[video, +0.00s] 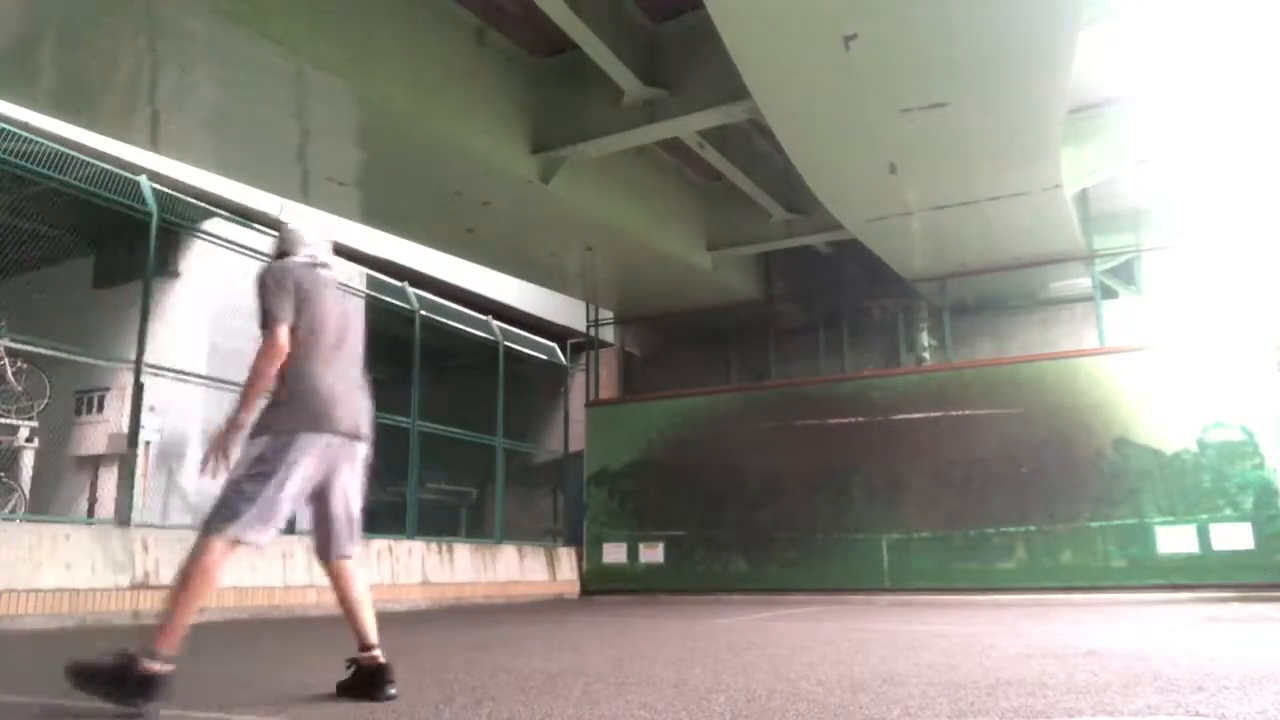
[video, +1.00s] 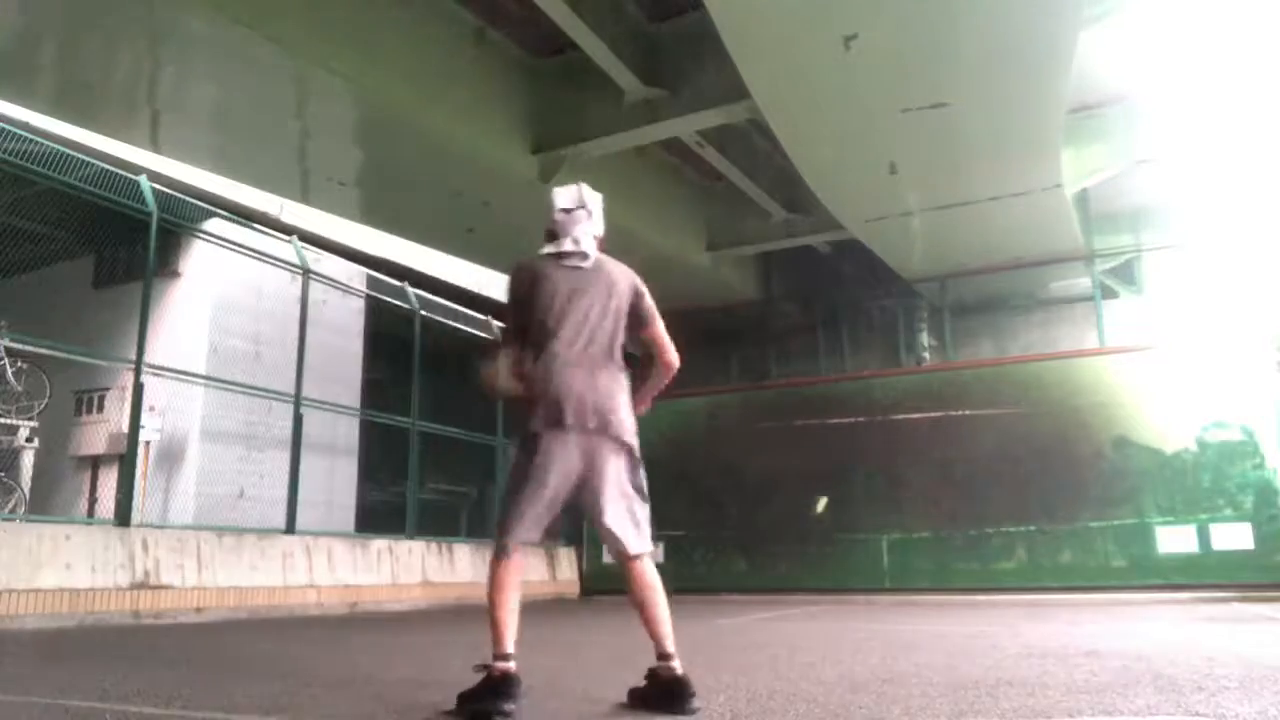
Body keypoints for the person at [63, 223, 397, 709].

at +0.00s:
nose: (273, 252)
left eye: (276, 245)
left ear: (283, 249)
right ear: (323, 254)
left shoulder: (282, 273)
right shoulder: (349, 295)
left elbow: (276, 347)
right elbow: (342, 367)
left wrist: (234, 426)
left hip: (302, 424)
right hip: (355, 431)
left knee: (220, 536)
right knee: (339, 552)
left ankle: (154, 662)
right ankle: (373, 663)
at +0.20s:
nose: (345, 224)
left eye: (345, 217)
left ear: (345, 221)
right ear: (390, 226)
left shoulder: (329, 251)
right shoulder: (414, 269)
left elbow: (277, 298)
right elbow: (475, 316)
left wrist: (203, 342)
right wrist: (535, 340)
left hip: (341, 397)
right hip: (400, 404)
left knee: (311, 519)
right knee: (383, 537)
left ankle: (335, 639)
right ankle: (382, 661)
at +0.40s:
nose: (399, 217)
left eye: (399, 210)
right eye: (411, 208)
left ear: (396, 216)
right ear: (439, 218)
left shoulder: (376, 260)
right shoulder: (470, 257)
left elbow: (311, 281)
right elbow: (545, 229)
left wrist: (243, 297)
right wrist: (613, 190)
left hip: (405, 408)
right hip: (456, 413)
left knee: (418, 528)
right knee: (419, 533)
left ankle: (475, 656)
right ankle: (385, 662)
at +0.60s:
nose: (462, 223)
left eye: (450, 214)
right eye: (479, 214)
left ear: (441, 220)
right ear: (488, 219)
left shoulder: (425, 270)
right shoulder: (515, 257)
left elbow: (381, 331)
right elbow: (603, 249)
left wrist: (345, 387)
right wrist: (662, 198)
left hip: (462, 413)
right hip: (520, 414)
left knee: (466, 542)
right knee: (480, 542)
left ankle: (492, 668)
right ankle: (435, 647)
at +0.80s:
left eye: (511, 197)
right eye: (539, 199)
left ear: (496, 206)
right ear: (541, 204)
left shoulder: (473, 258)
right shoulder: (563, 251)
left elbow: (454, 347)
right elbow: (632, 303)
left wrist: (478, 387)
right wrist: (688, 302)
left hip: (494, 407)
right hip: (557, 404)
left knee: (487, 538)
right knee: (569, 524)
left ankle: (494, 673)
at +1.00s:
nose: (570, 227)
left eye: (563, 218)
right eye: (582, 218)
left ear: (551, 225)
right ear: (598, 225)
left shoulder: (529, 274)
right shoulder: (625, 278)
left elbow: (509, 364)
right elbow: (668, 359)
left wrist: (542, 391)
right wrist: (630, 408)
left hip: (554, 427)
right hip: (614, 431)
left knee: (510, 549)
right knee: (636, 552)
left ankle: (503, 672)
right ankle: (671, 671)